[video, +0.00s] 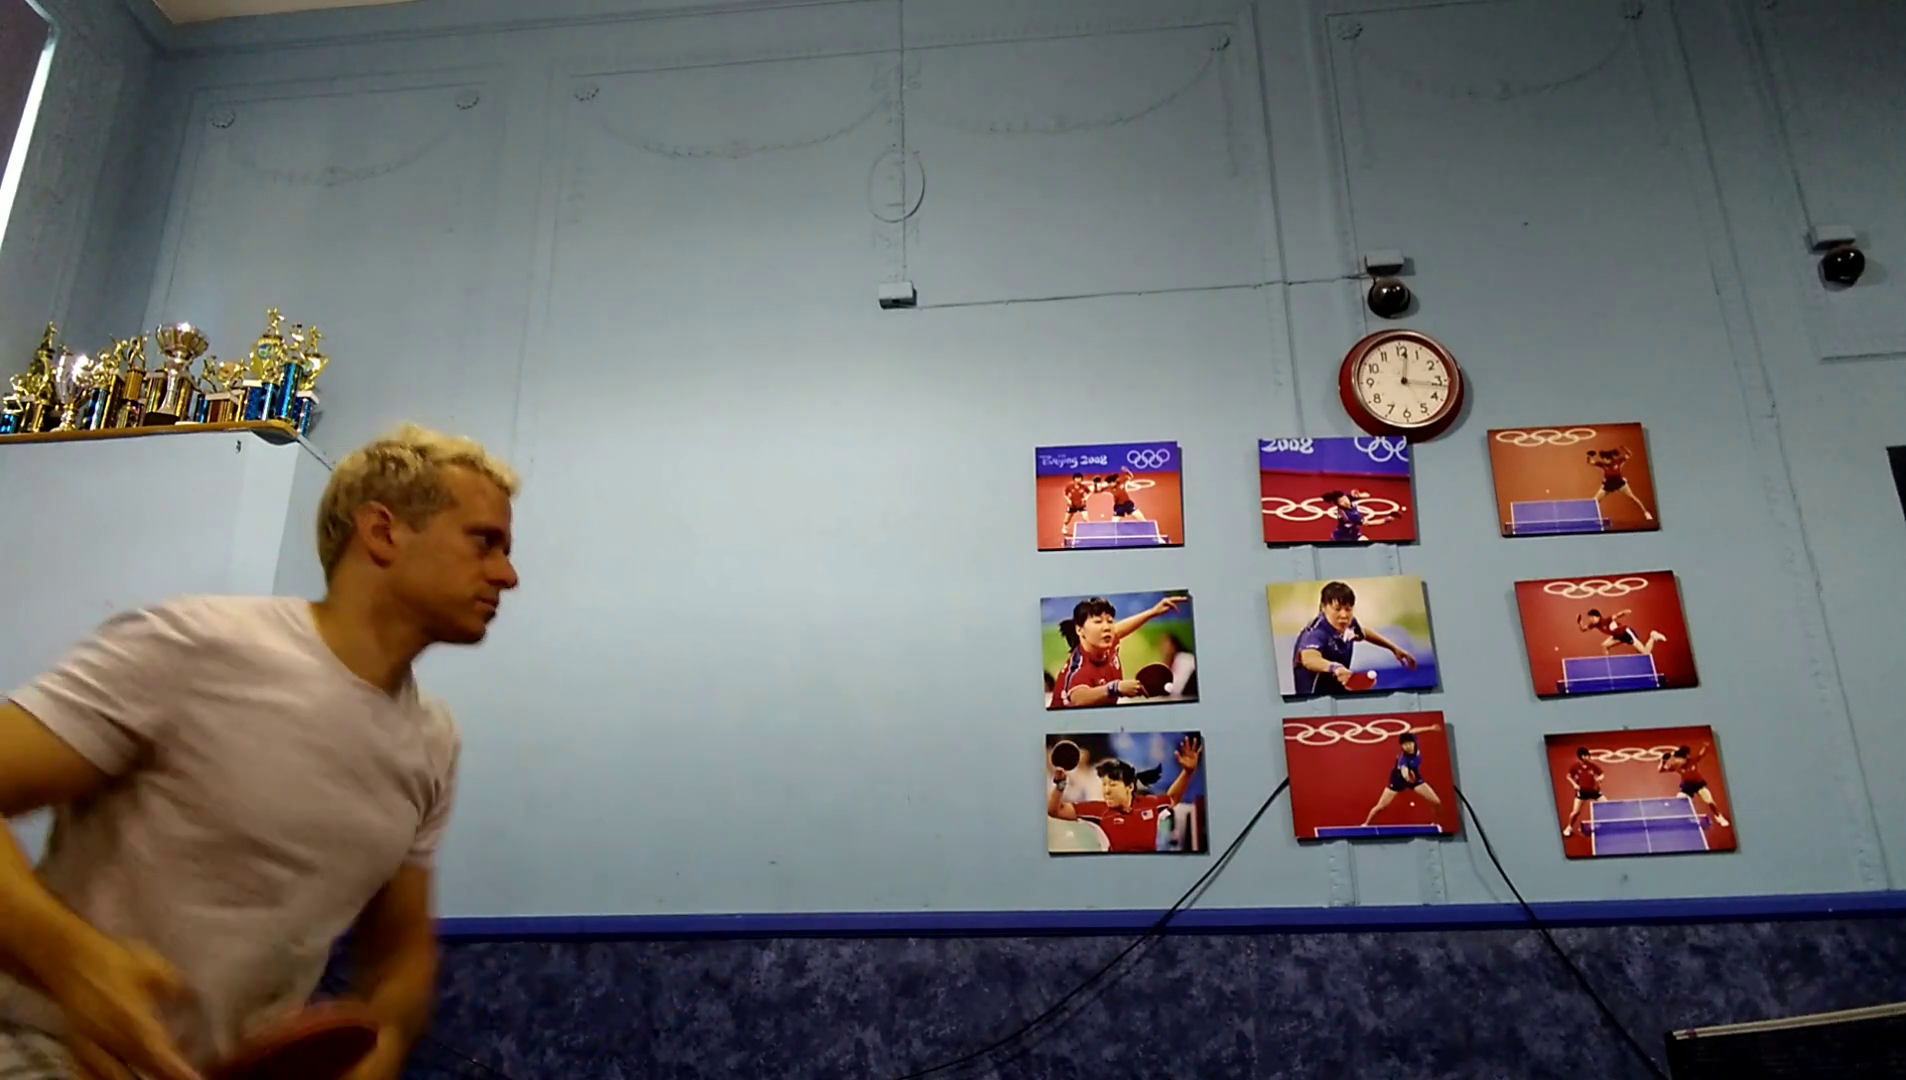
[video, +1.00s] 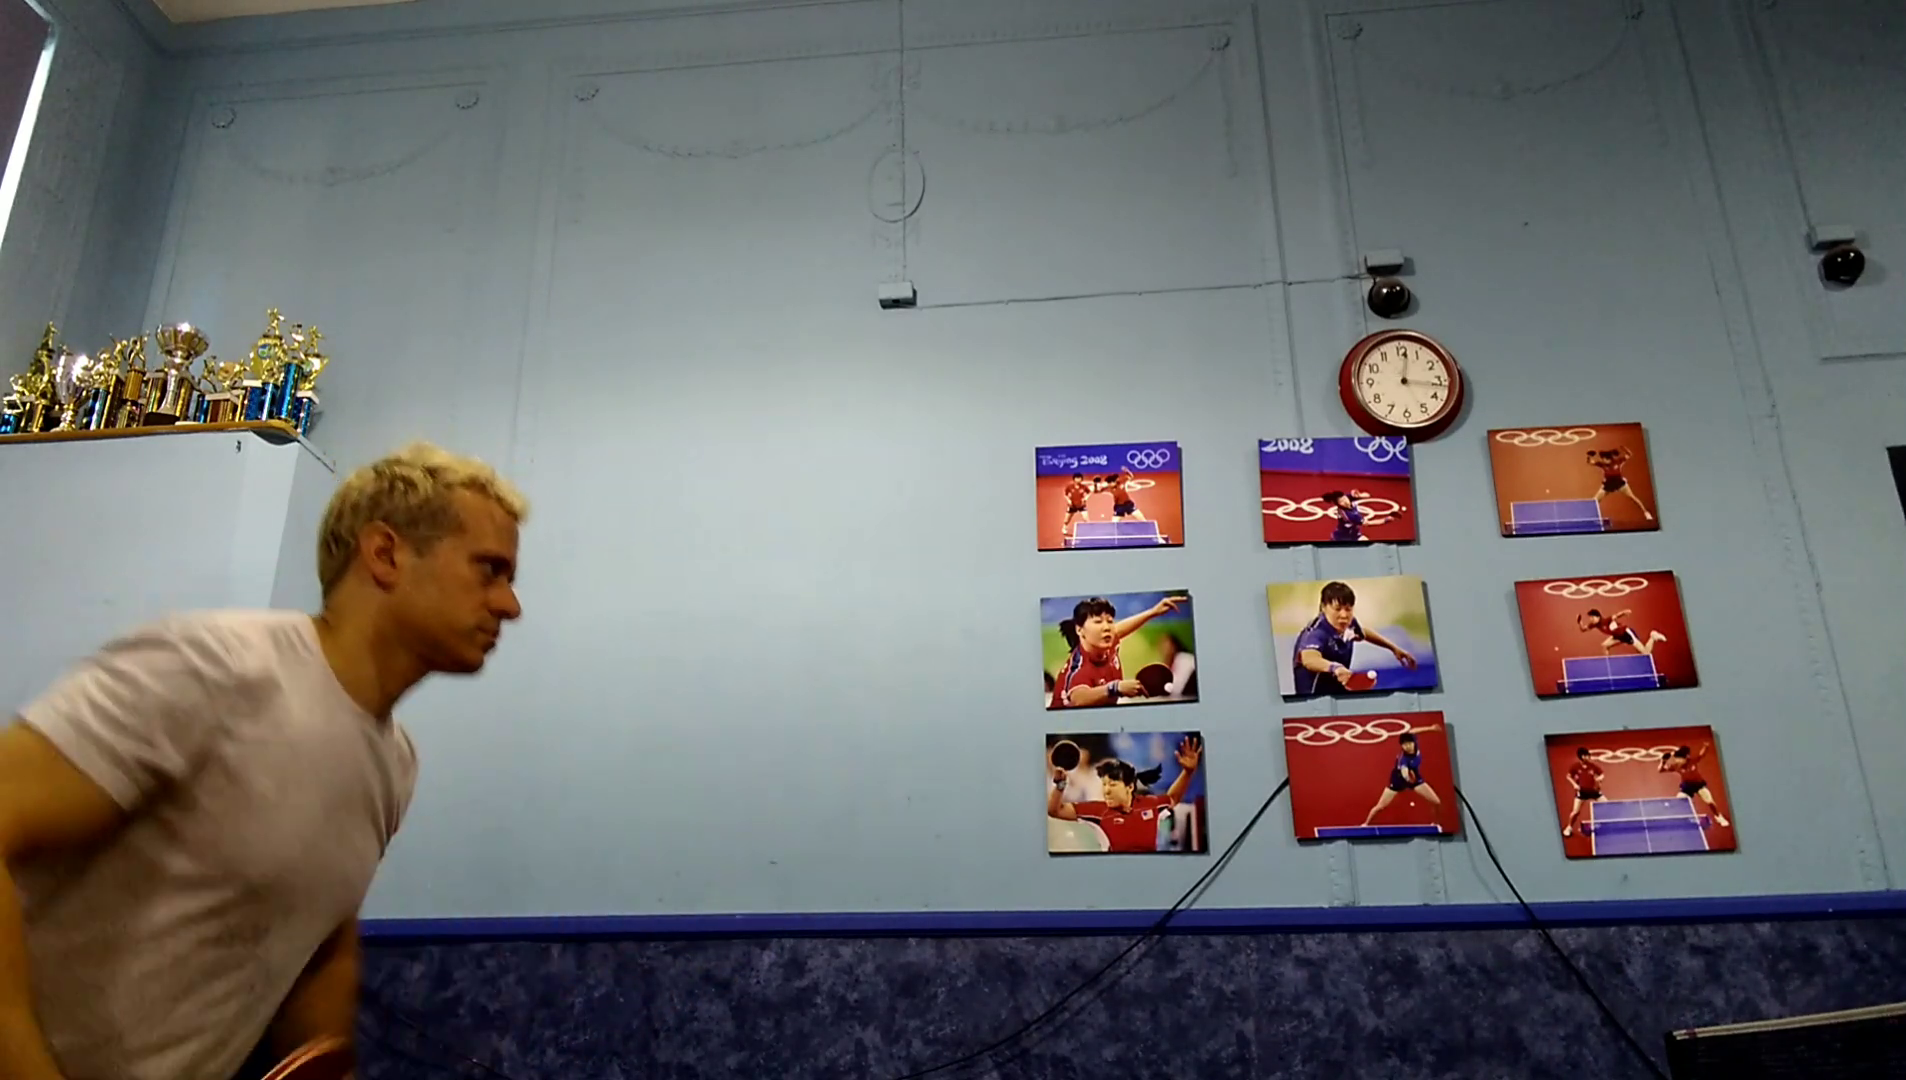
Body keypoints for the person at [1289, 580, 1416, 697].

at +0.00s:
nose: (1344, 615)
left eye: (1348, 609)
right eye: (1338, 609)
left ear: (1353, 609)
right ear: (1324, 608)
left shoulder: (1349, 624)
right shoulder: (1316, 633)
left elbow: (1364, 634)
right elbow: (1309, 660)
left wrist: (1395, 649)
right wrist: (1335, 668)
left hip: (1341, 704)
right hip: (1314, 708)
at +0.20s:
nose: (1344, 615)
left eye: (1348, 609)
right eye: (1338, 609)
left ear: (1353, 609)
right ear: (1324, 608)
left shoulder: (1349, 624)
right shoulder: (1316, 633)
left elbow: (1364, 634)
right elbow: (1309, 660)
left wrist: (1395, 649)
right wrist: (1335, 668)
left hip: (1341, 704)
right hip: (1314, 708)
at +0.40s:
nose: (1344, 615)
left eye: (1348, 609)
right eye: (1338, 609)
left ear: (1353, 609)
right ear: (1324, 608)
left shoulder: (1349, 624)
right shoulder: (1316, 633)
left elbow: (1364, 634)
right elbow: (1309, 660)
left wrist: (1395, 649)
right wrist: (1335, 668)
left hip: (1341, 703)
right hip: (1314, 708)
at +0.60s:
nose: (1344, 615)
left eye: (1348, 609)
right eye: (1338, 609)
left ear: (1353, 609)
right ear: (1324, 608)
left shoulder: (1349, 624)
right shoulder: (1316, 633)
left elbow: (1364, 634)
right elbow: (1309, 660)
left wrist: (1394, 649)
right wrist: (1335, 668)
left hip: (1341, 703)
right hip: (1314, 707)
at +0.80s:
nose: (1344, 615)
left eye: (1348, 609)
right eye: (1338, 609)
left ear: (1353, 609)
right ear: (1324, 608)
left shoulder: (1349, 624)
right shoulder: (1315, 633)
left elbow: (1364, 634)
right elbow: (1309, 660)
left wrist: (1395, 649)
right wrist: (1335, 668)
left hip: (1341, 704)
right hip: (1314, 708)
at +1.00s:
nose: (1344, 615)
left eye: (1348, 609)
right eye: (1338, 609)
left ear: (1353, 609)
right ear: (1324, 608)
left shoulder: (1349, 624)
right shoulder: (1315, 633)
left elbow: (1364, 634)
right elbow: (1309, 660)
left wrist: (1395, 649)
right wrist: (1335, 668)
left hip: (1341, 704)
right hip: (1314, 708)